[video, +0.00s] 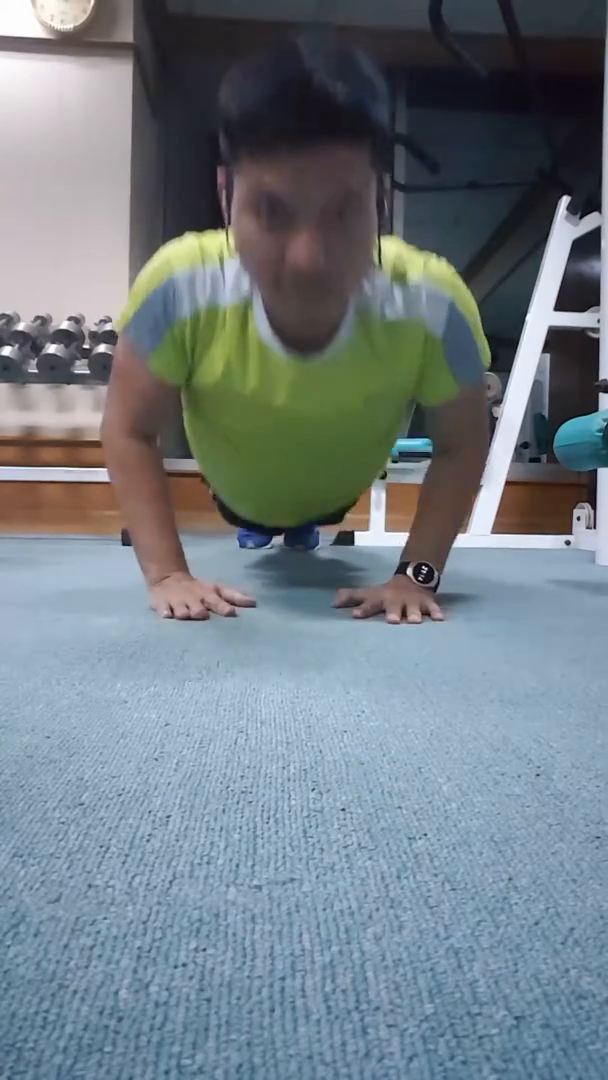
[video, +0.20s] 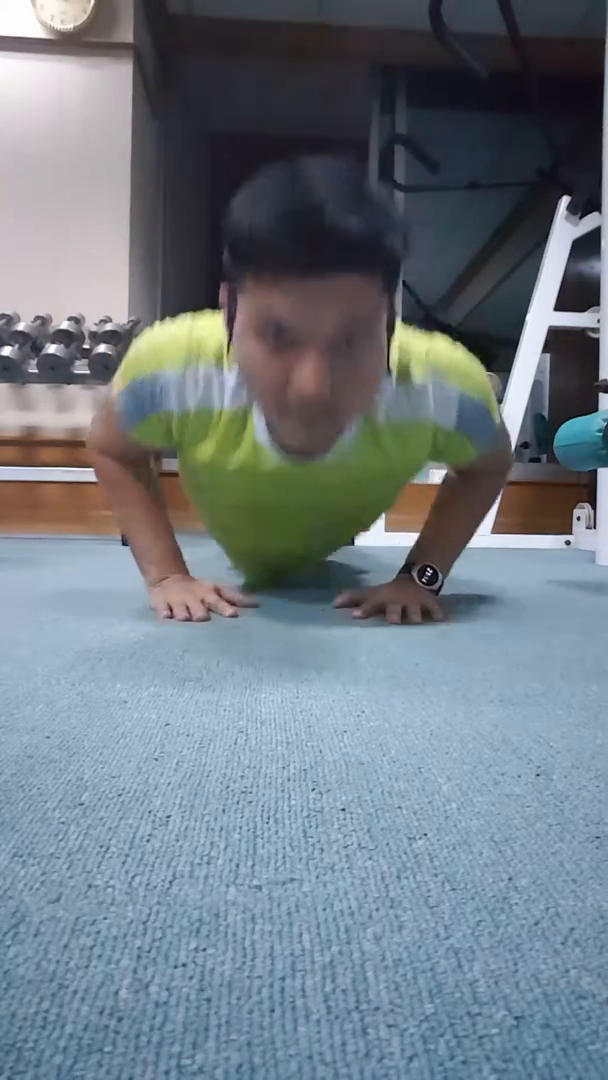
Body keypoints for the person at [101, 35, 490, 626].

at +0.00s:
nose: (307, 254)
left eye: (341, 211)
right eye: (272, 211)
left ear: (381, 195)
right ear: (225, 195)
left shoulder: (428, 298)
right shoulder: (177, 282)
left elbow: (462, 444)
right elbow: (126, 431)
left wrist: (416, 574)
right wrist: (168, 574)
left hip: (338, 489)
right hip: (236, 489)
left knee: (316, 516)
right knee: (249, 521)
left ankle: (303, 530)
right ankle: (260, 528)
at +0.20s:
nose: (312, 382)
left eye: (349, 342)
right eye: (278, 336)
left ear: (389, 320)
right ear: (228, 311)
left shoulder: (444, 383)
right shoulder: (167, 364)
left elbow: (487, 461)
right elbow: (114, 450)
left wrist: (420, 577)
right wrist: (168, 576)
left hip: (343, 510)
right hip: (225, 510)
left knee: (315, 544)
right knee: (249, 552)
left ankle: (291, 563)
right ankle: (262, 565)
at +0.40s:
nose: (307, 498)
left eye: (346, 454)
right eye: (269, 454)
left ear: (386, 432)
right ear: (219, 424)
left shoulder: (444, 450)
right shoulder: (163, 438)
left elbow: (503, 462)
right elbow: (94, 446)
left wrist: (422, 576)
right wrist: (167, 576)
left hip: (354, 566)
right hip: (226, 561)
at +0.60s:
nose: (302, 474)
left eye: (340, 431)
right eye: (267, 431)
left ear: (385, 406)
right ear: (217, 403)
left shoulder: (449, 436)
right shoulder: (158, 430)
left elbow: (497, 463)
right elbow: (97, 449)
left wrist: (421, 575)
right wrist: (168, 576)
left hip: (353, 573)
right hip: (225, 568)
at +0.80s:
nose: (310, 283)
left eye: (344, 246)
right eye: (277, 246)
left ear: (385, 240)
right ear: (226, 242)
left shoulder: (438, 330)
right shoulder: (169, 328)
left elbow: (488, 452)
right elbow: (111, 441)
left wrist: (418, 577)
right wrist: (168, 577)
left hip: (348, 506)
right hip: (234, 507)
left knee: (336, 530)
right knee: (245, 531)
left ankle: (325, 537)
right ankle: (262, 543)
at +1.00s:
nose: (323, 151)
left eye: (352, 118)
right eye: (291, 121)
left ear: (390, 126)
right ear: (244, 135)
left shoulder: (439, 243)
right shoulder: (198, 249)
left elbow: (464, 418)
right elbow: (136, 419)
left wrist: (416, 576)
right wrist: (169, 576)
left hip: (351, 457)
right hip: (250, 455)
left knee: (320, 499)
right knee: (257, 495)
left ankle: (303, 519)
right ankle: (262, 517)